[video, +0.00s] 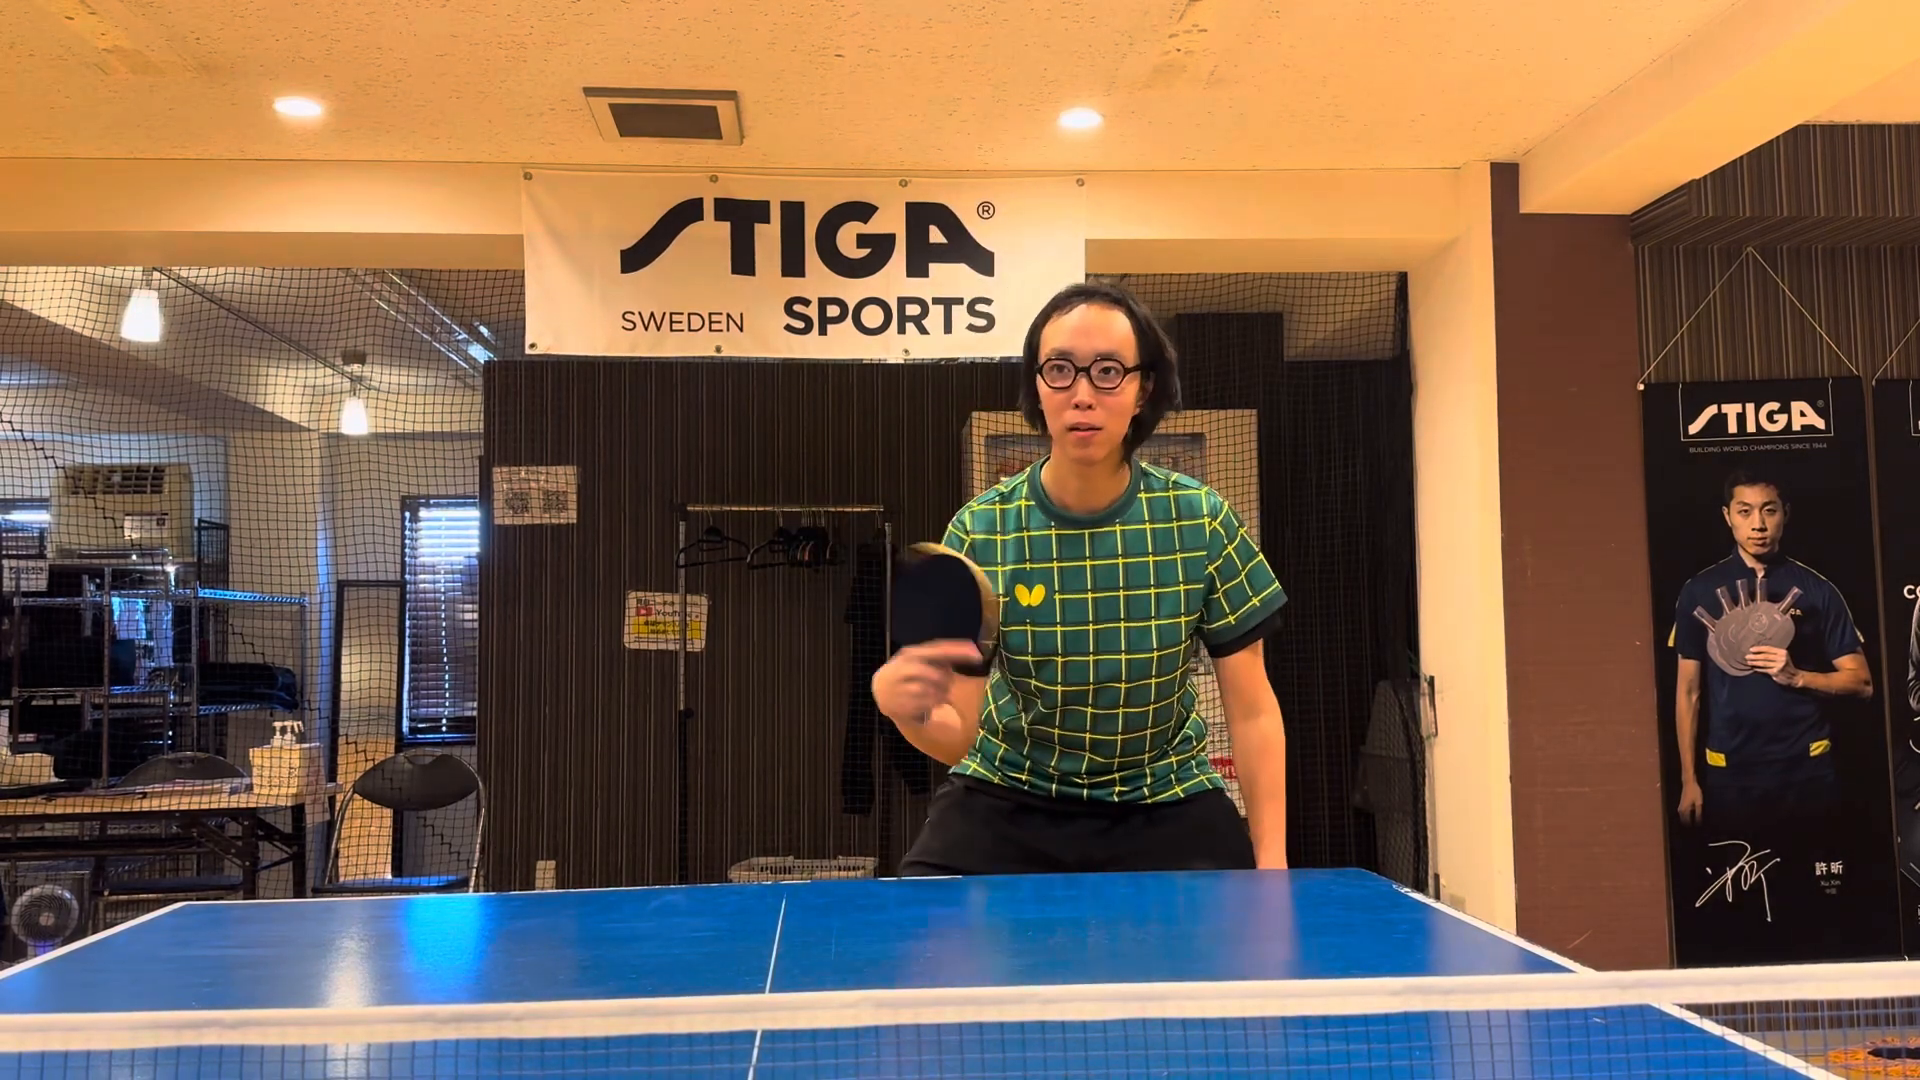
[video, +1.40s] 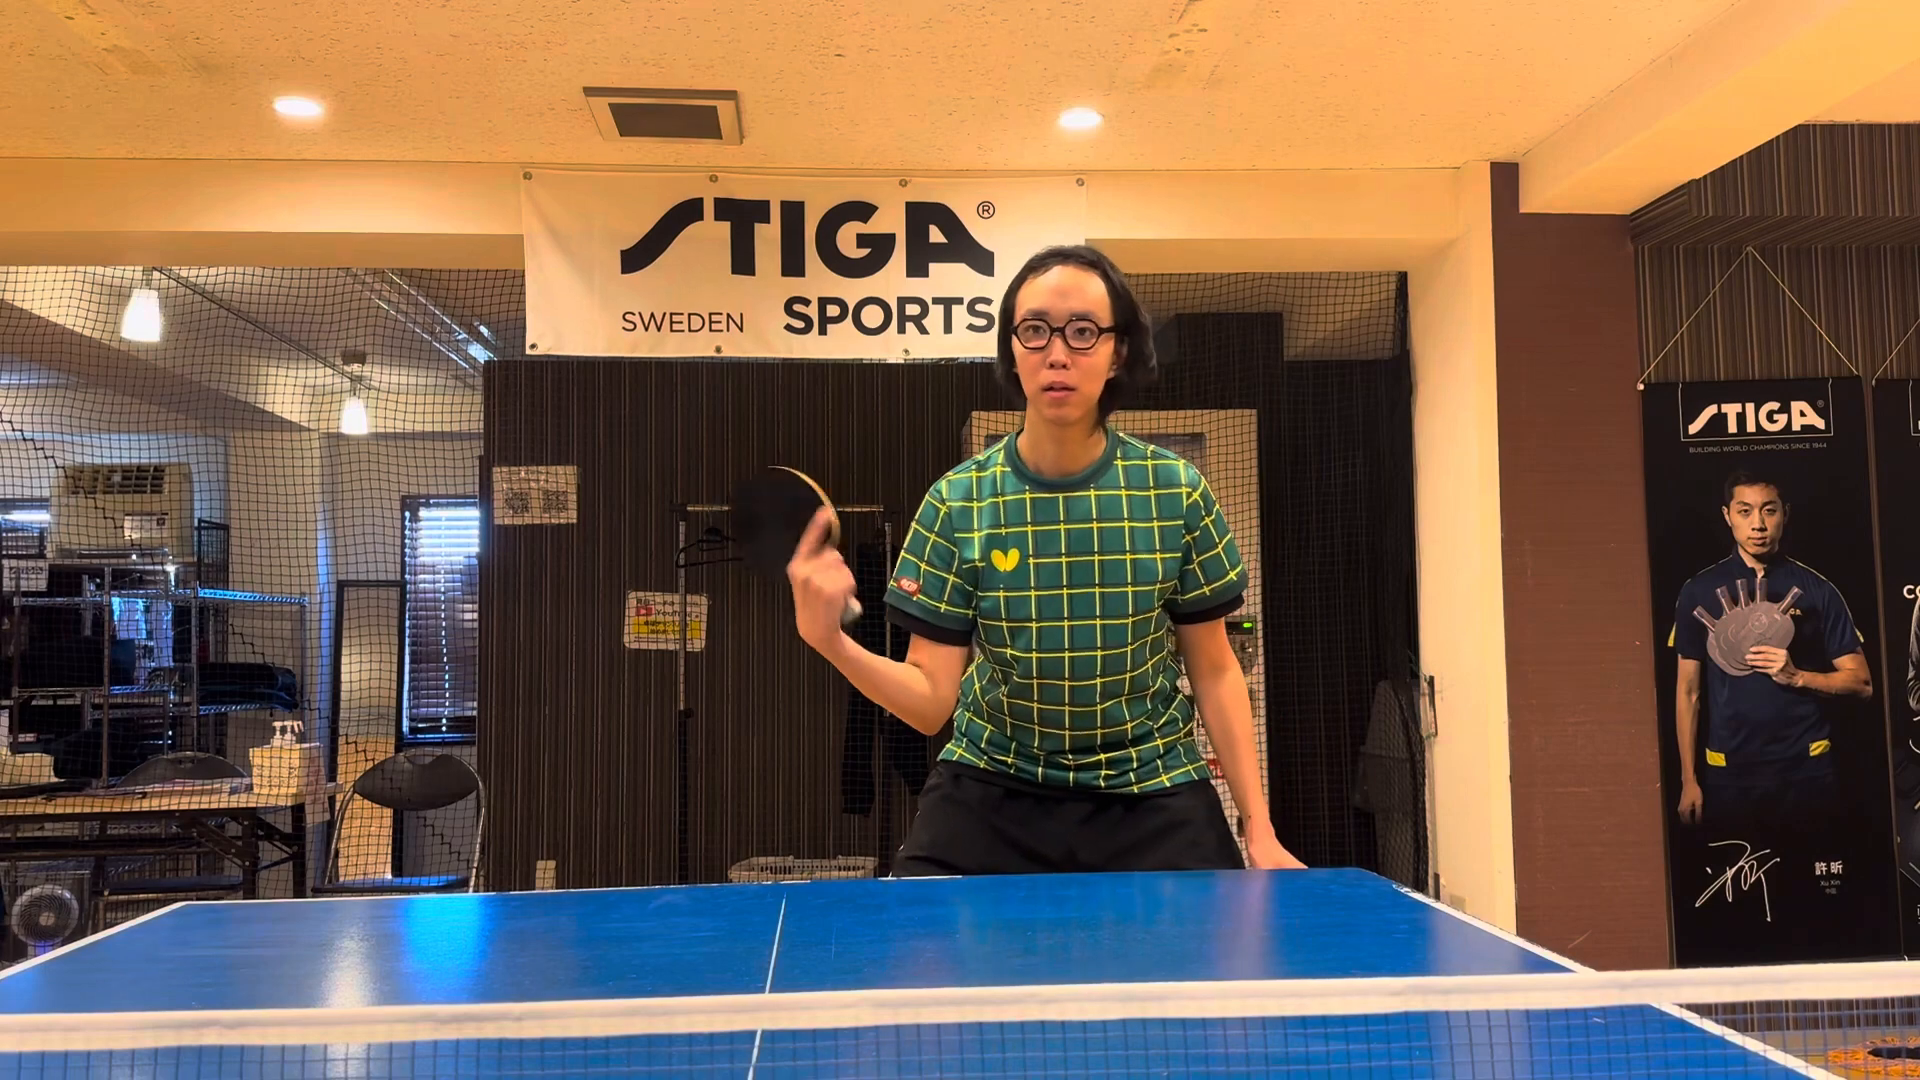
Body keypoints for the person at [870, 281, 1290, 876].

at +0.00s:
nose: (1081, 392)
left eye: (1107, 371)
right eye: (1060, 370)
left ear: (1142, 390)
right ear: (1036, 389)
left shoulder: (1199, 522)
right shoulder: (981, 530)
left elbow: (1252, 711)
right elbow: (957, 734)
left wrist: (1271, 871)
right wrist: (898, 703)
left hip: (1165, 798)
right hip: (1005, 796)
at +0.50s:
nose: (1129, 406)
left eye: (1154, 382)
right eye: (1105, 379)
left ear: (1182, 394)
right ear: (1074, 389)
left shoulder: (1223, 521)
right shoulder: (1005, 516)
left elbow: (1256, 713)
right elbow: (898, 696)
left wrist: (1269, 875)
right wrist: (968, 704)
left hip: (1174, 801)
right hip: (1012, 798)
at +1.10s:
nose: (1111, 364)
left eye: (1137, 344)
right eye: (1089, 341)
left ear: (1169, 367)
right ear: (1060, 360)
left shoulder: (1211, 504)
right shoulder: (996, 506)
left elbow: (1241, 689)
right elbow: (927, 710)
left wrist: (1270, 847)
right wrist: (877, 656)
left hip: (1168, 788)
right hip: (1007, 787)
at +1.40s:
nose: (1056, 353)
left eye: (1082, 332)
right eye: (1035, 331)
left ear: (1117, 354)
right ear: (1012, 351)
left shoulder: (1175, 492)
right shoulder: (959, 501)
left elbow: (1216, 672)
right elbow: (931, 702)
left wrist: (1260, 830)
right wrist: (831, 641)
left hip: (1152, 794)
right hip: (988, 793)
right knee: (905, 977)